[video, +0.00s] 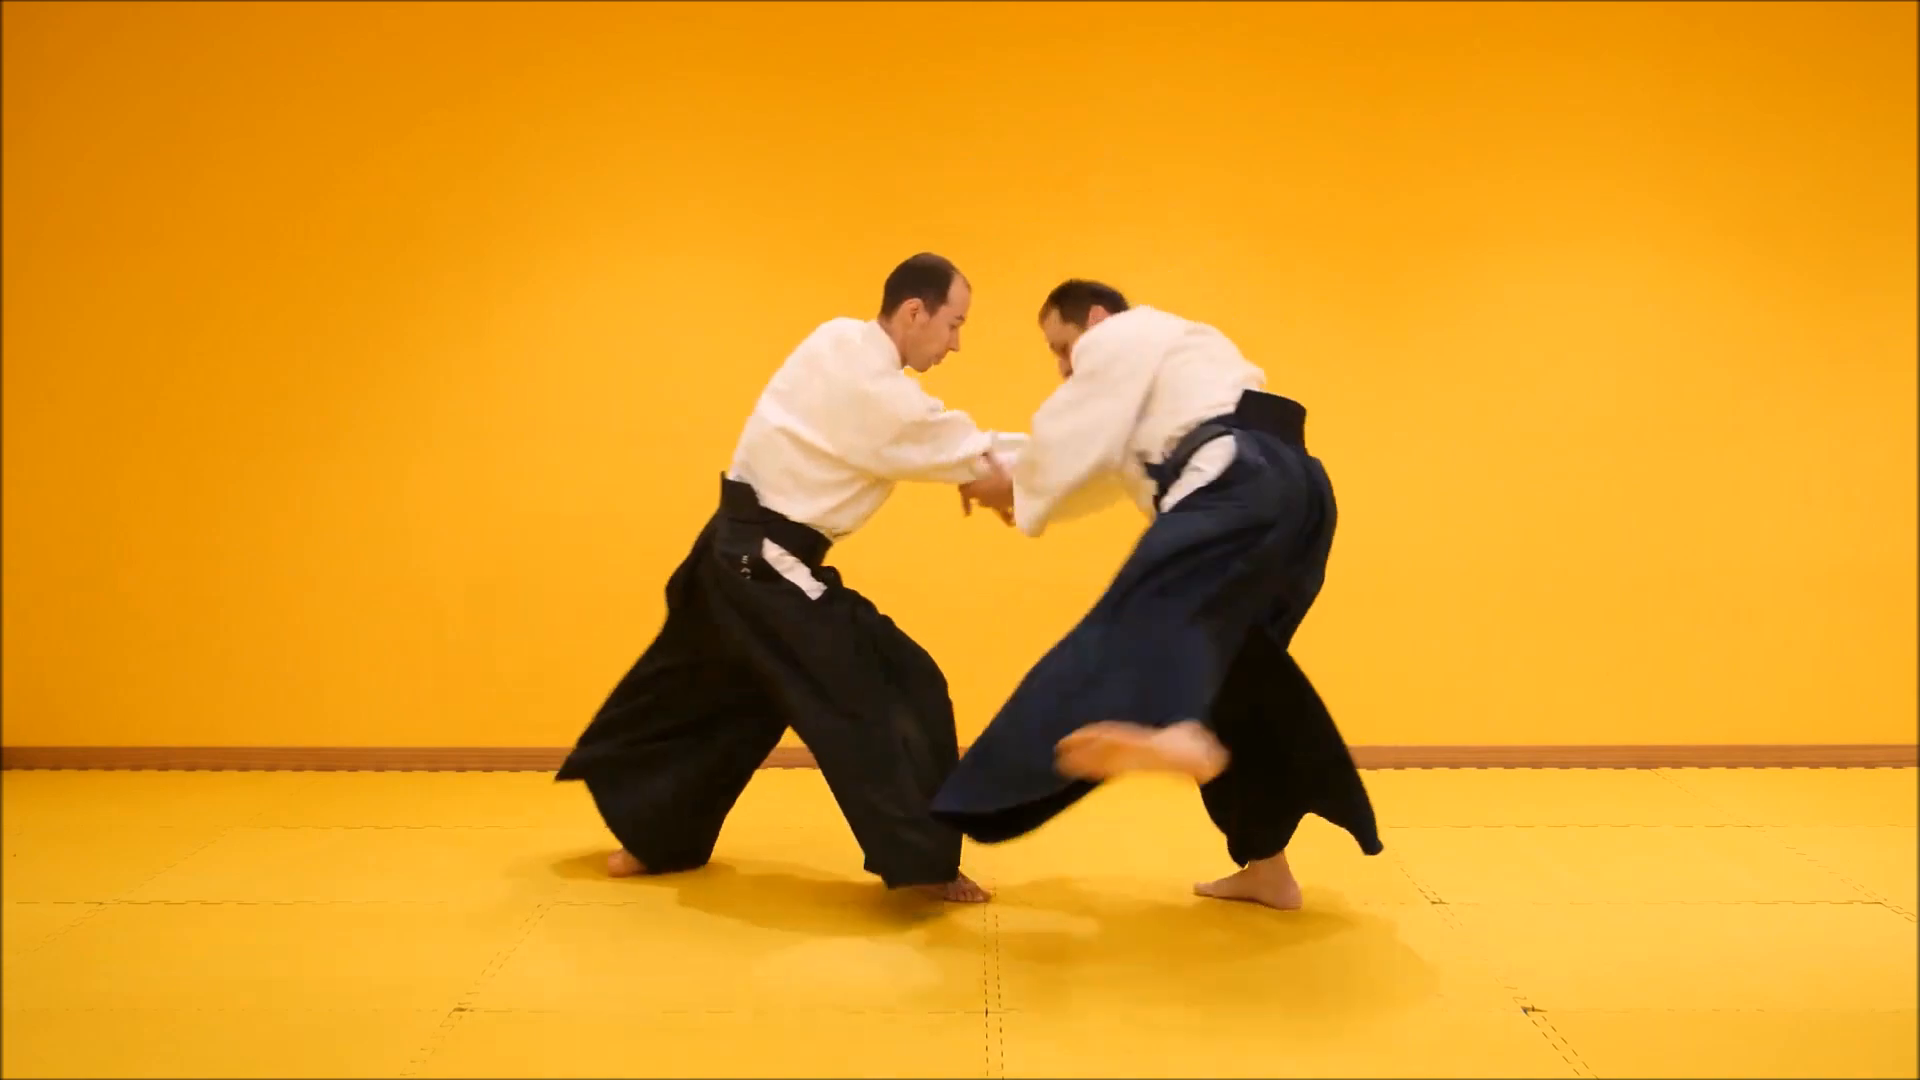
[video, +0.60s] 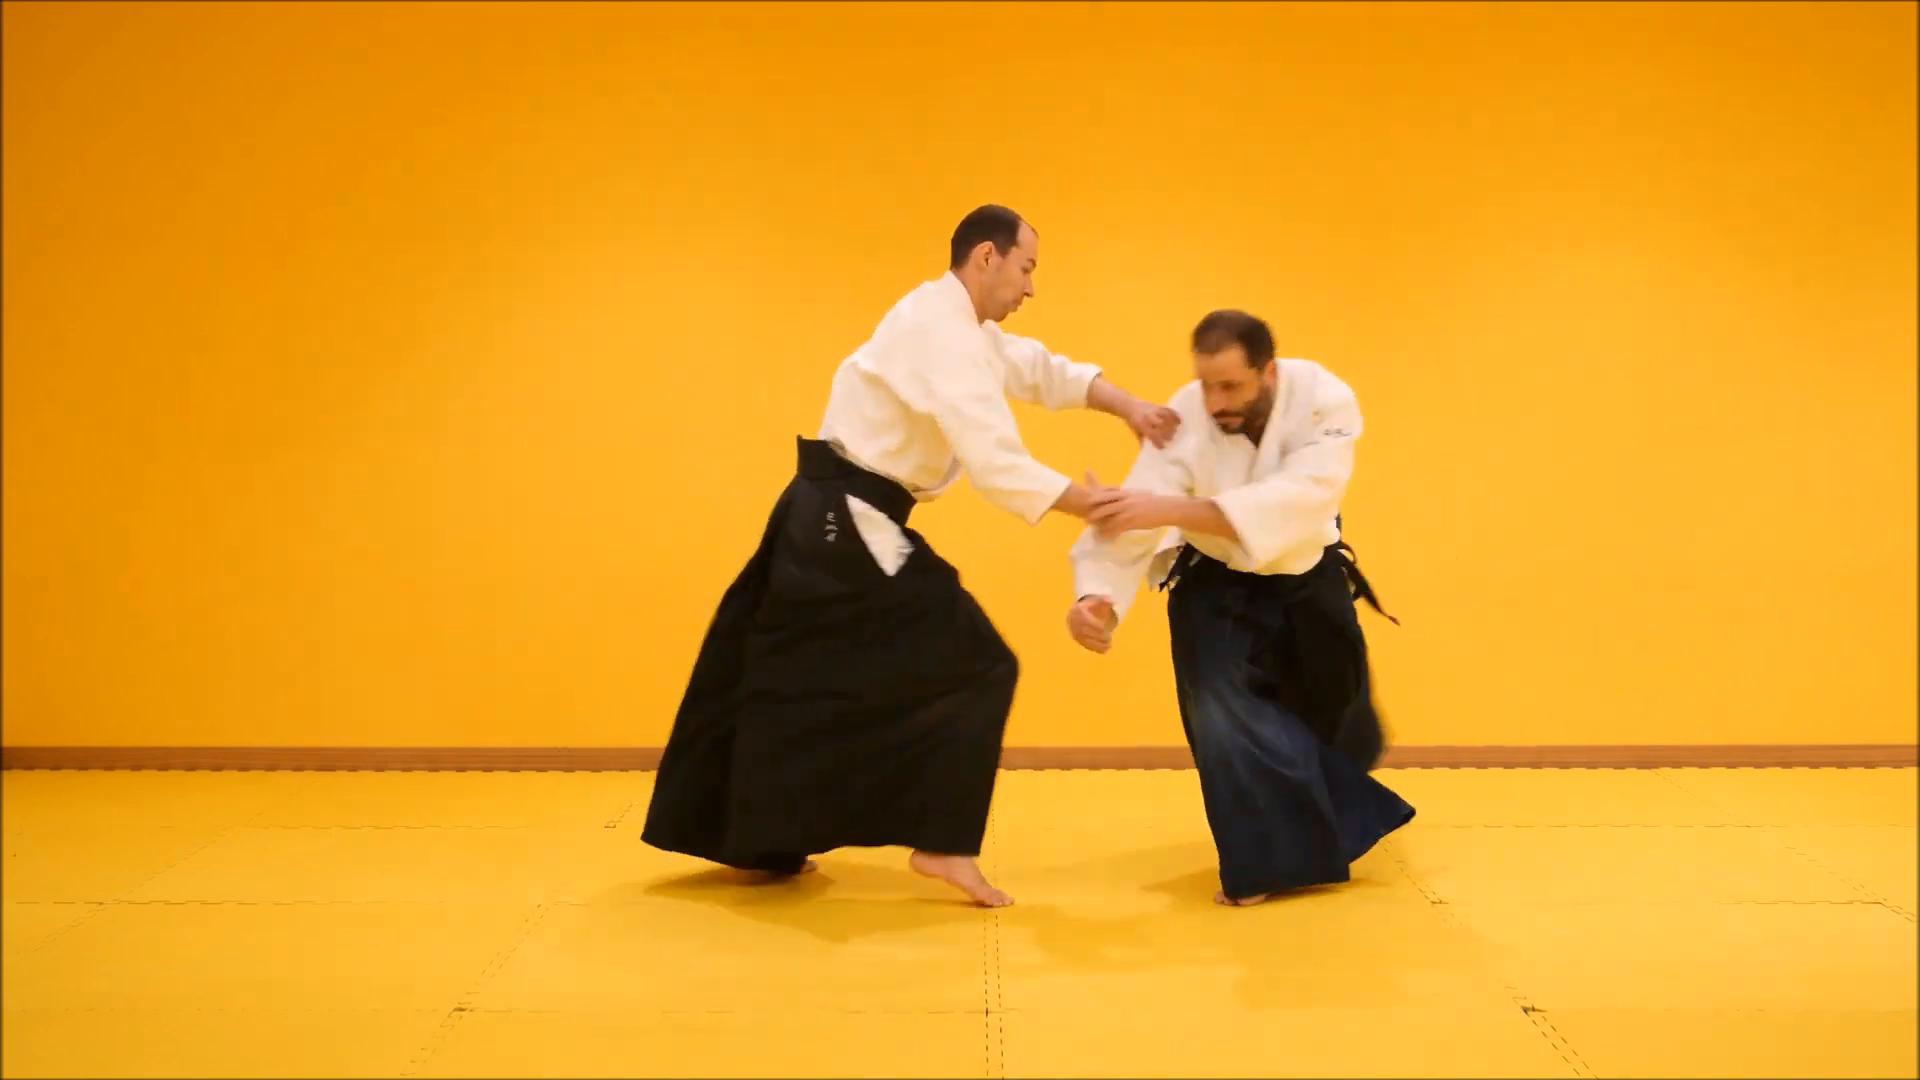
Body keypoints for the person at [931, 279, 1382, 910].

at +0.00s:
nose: (1062, 365)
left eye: (1061, 346)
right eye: (1056, 353)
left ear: (1097, 316)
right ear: (1112, 313)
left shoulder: (1120, 336)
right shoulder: (1175, 339)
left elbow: (1069, 438)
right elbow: (1112, 470)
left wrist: (1013, 485)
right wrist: (1017, 489)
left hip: (1242, 471)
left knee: (1156, 600)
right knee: (1234, 664)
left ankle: (1178, 724)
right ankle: (1266, 865)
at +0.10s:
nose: (1047, 436)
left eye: (1044, 418)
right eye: (1037, 428)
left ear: (1074, 379)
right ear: (1072, 398)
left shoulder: (1123, 382)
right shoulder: (1114, 436)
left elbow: (1077, 491)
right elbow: (1062, 535)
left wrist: (1002, 515)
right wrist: (967, 540)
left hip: (1268, 476)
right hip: (1238, 538)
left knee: (1305, 544)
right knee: (1228, 682)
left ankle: (1464, 565)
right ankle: (1262, 863)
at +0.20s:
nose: (1034, 487)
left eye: (1028, 467)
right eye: (1024, 478)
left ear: (1050, 429)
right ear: (1041, 454)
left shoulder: (1115, 424)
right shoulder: (1096, 468)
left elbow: (1058, 564)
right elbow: (1043, 585)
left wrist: (960, 556)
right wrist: (958, 563)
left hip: (1314, 505)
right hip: (1263, 560)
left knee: (1476, 526)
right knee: (1232, 685)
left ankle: (1687, 485)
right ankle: (1278, 863)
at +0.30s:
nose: (1044, 508)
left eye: (1036, 491)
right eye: (1029, 504)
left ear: (1053, 449)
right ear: (1033, 481)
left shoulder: (1125, 437)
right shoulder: (1099, 485)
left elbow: (1083, 577)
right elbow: (1075, 592)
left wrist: (988, 595)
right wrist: (983, 603)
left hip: (1337, 504)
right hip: (1276, 566)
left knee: (1514, 554)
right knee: (1221, 675)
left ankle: (1717, 536)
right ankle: (1285, 860)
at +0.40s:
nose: (1065, 505)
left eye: (1062, 484)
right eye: (1052, 496)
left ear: (1085, 444)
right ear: (1055, 476)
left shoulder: (1172, 432)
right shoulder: (1105, 489)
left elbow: (1130, 555)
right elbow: (1091, 589)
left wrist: (1032, 577)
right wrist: (1001, 625)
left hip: (1338, 510)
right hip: (1254, 569)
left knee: (1478, 597)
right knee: (1231, 703)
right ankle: (1279, 866)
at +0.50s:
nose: (1115, 458)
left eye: (1122, 442)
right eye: (1106, 447)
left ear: (1165, 416)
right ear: (1099, 438)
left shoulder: (1256, 418)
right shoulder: (1116, 466)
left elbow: (1189, 528)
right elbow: (1097, 558)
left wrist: (1063, 532)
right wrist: (1046, 618)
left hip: (1334, 555)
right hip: (1234, 578)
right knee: (1236, 716)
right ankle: (1275, 867)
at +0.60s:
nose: (1214, 402)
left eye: (1228, 386)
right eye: (1205, 385)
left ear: (1268, 373)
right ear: (1195, 374)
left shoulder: (1323, 401)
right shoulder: (1185, 417)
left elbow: (1304, 501)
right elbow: (1133, 512)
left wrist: (1174, 512)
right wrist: (1097, 594)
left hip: (1306, 574)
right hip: (1214, 578)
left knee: (1331, 707)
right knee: (1217, 710)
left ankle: (1307, 838)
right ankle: (1255, 862)